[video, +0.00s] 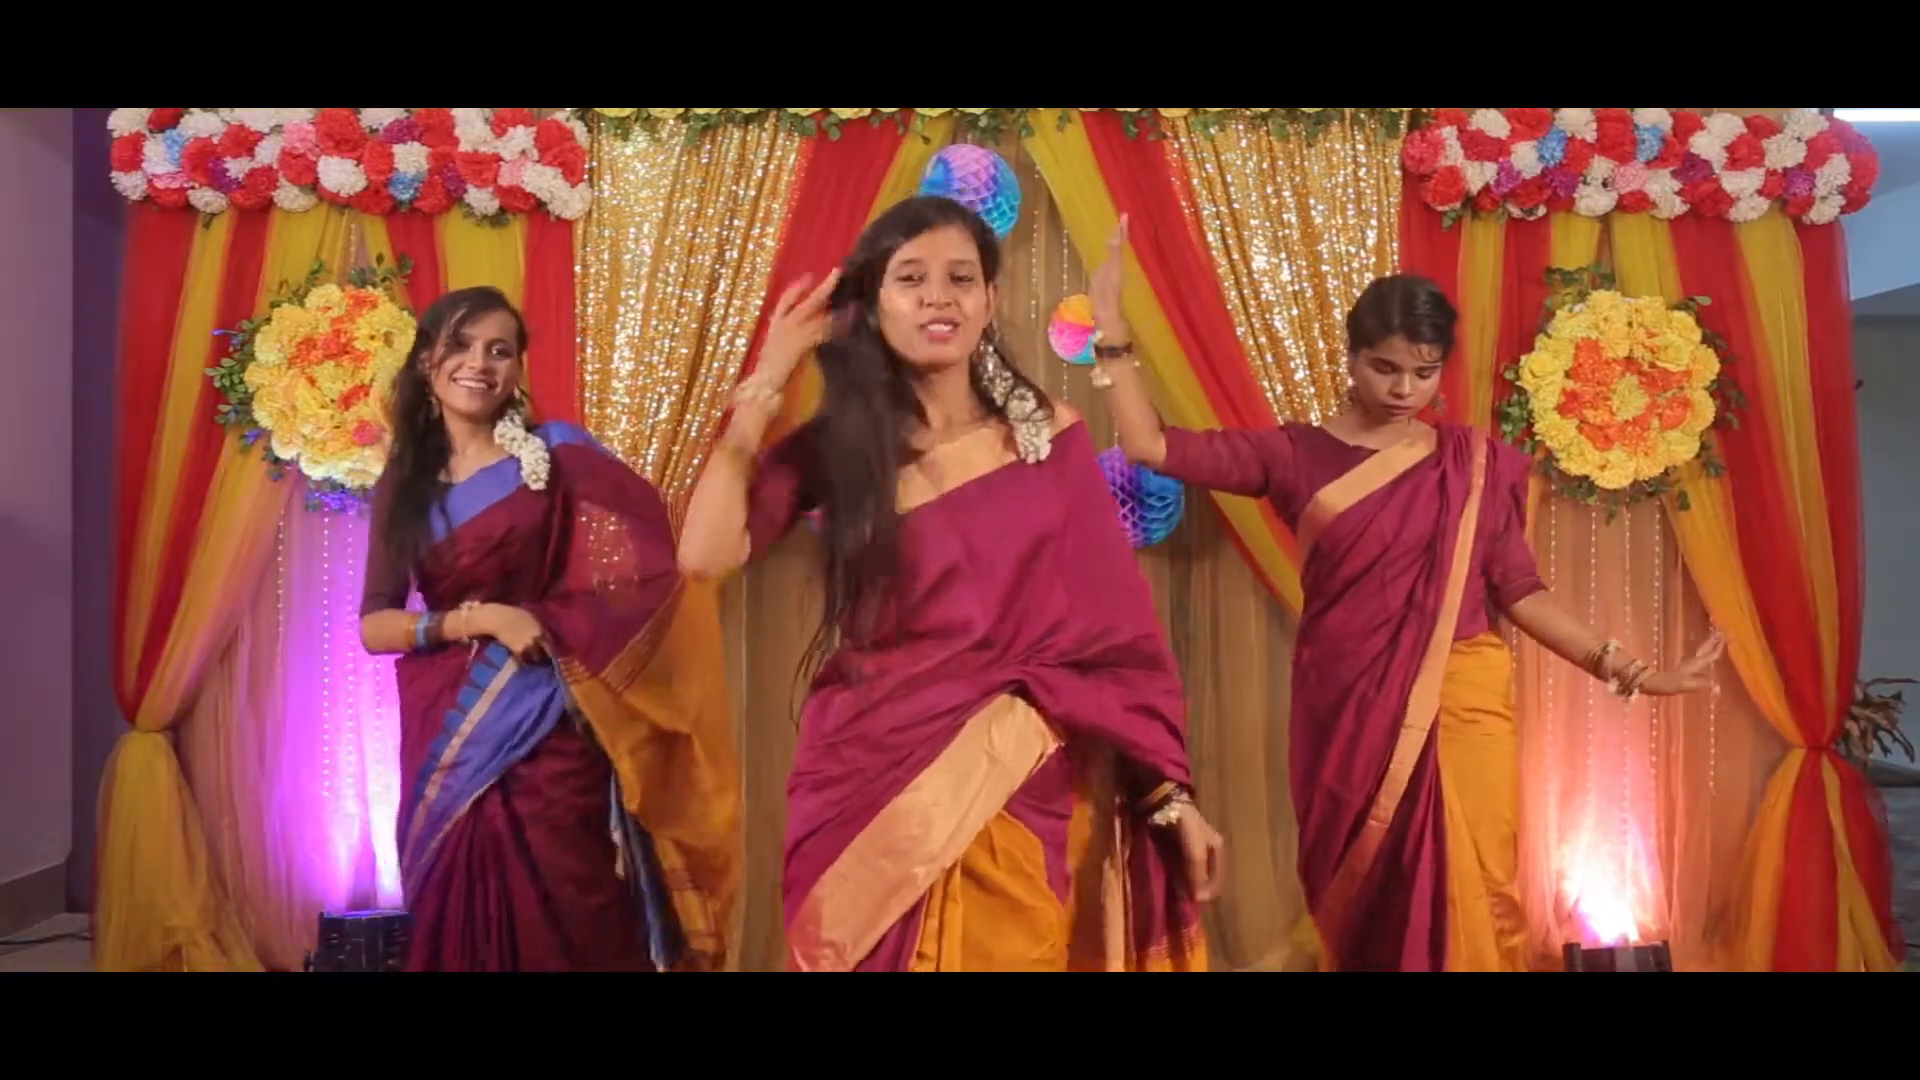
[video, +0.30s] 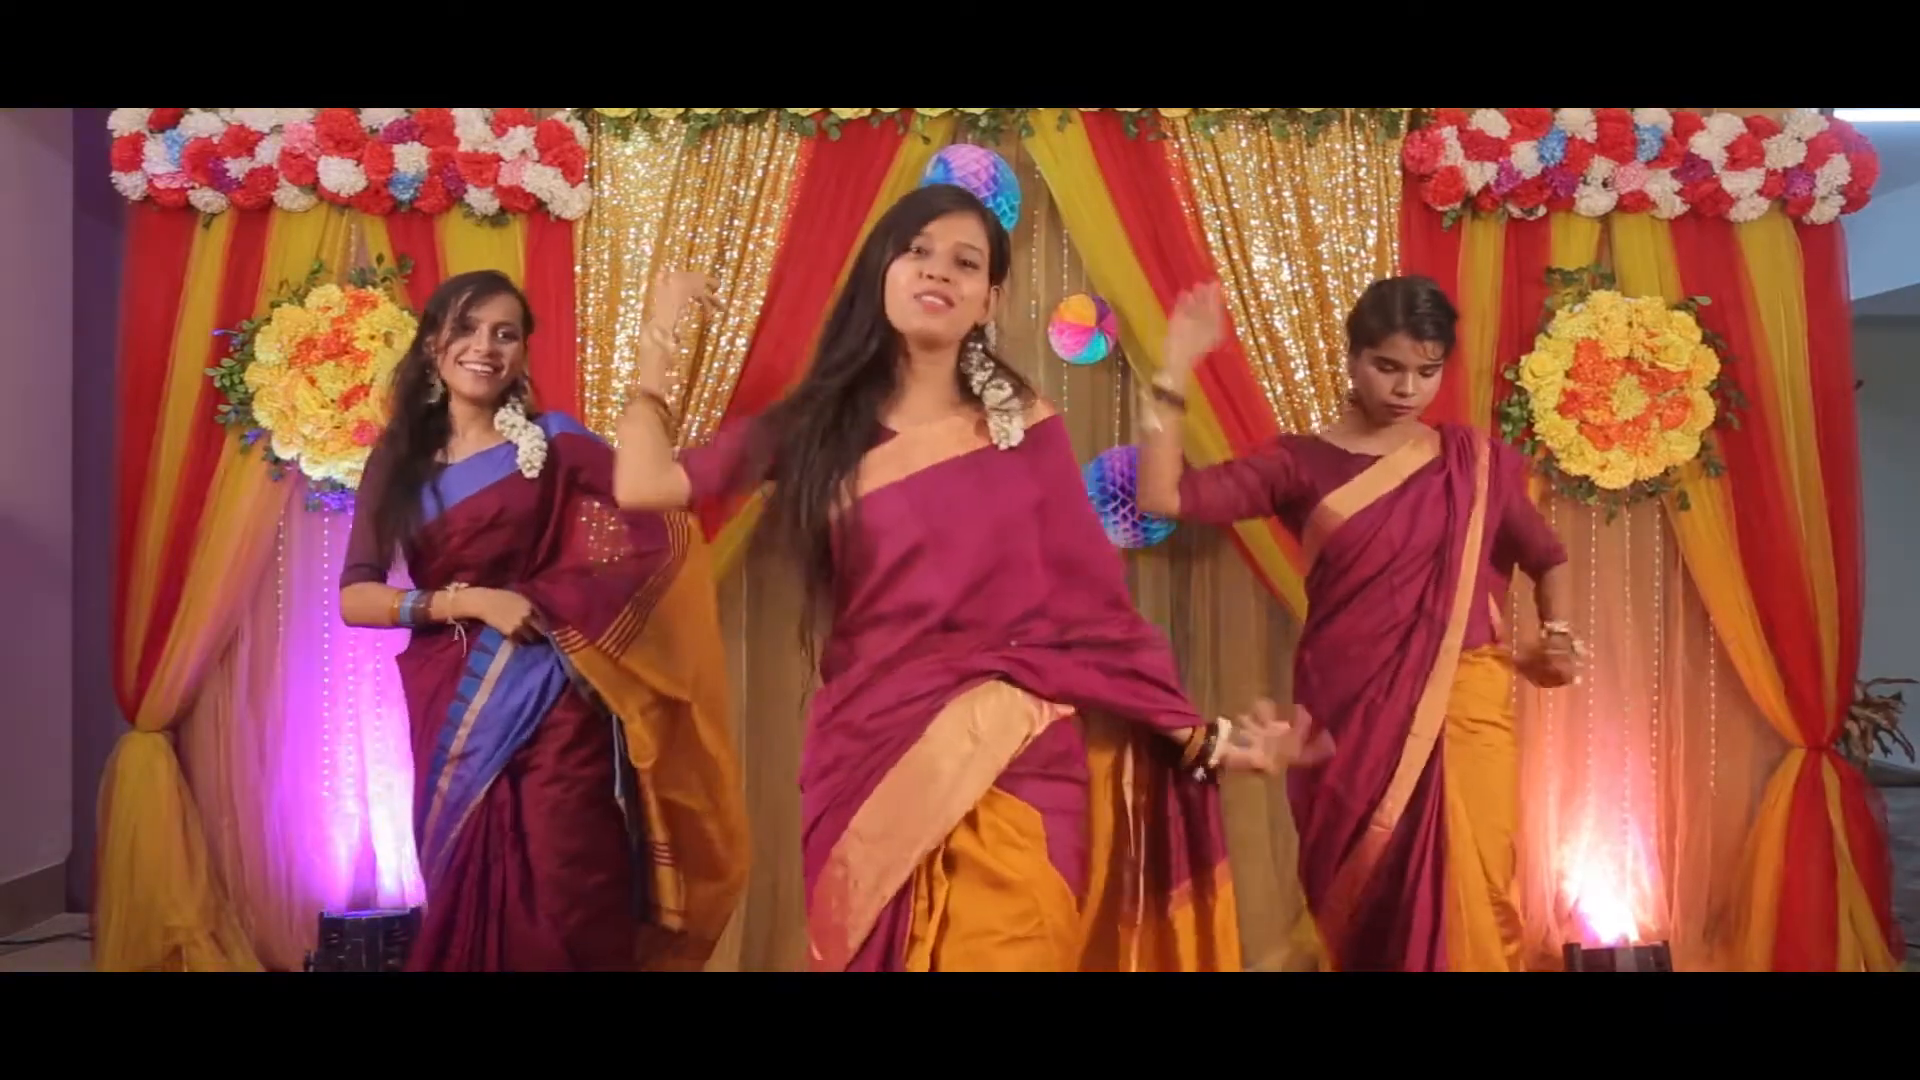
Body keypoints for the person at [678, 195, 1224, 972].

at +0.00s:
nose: (939, 299)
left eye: (961, 278)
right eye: (911, 279)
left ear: (991, 302)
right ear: (871, 308)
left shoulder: (1048, 432)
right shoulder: (846, 442)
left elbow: (1119, 628)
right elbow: (703, 553)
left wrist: (1168, 791)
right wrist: (764, 380)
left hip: (1029, 788)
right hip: (870, 788)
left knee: (1023, 956)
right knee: (868, 959)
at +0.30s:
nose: (936, 273)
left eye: (965, 263)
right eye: (917, 252)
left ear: (991, 302)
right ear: (879, 274)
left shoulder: (1027, 427)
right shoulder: (823, 422)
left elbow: (1096, 609)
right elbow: (645, 484)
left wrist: (1205, 735)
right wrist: (659, 341)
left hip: (1032, 754)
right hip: (877, 756)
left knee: (1013, 949)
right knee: (878, 954)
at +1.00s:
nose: (944, 291)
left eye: (970, 277)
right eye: (921, 271)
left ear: (995, 305)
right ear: (880, 291)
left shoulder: (1048, 437)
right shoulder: (844, 431)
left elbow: (1128, 621)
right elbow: (638, 375)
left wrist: (1248, 707)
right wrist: (617, 220)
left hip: (1022, 759)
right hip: (875, 757)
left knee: (1005, 949)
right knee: (868, 953)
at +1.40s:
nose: (946, 281)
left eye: (972, 265)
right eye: (924, 260)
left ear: (1004, 295)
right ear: (888, 286)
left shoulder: (1044, 433)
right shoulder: (841, 421)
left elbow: (1107, 622)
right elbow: (633, 451)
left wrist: (1225, 752)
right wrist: (652, 275)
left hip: (1025, 754)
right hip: (875, 755)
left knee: (1019, 948)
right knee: (883, 955)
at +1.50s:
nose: (944, 285)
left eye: (972, 267)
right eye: (922, 264)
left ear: (1004, 296)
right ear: (892, 285)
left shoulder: (1044, 433)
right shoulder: (840, 427)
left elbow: (1109, 626)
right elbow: (678, 548)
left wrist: (1211, 763)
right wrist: (627, 385)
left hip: (1024, 757)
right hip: (871, 757)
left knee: (1007, 953)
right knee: (875, 956)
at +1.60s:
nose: (943, 290)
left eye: (969, 272)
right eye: (922, 268)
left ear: (1003, 301)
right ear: (889, 289)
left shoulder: (1048, 436)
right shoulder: (834, 439)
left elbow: (1109, 631)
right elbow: (772, 619)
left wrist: (1186, 782)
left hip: (1020, 764)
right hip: (866, 763)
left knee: (998, 952)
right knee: (864, 956)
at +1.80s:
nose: (930, 295)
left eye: (959, 279)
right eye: (913, 273)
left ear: (993, 308)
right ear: (880, 292)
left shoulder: (1041, 423)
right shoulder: (836, 447)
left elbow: (1103, 603)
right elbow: (793, 624)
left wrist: (1159, 739)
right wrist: (700, 520)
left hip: (1019, 752)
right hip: (868, 754)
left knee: (991, 949)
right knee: (867, 951)